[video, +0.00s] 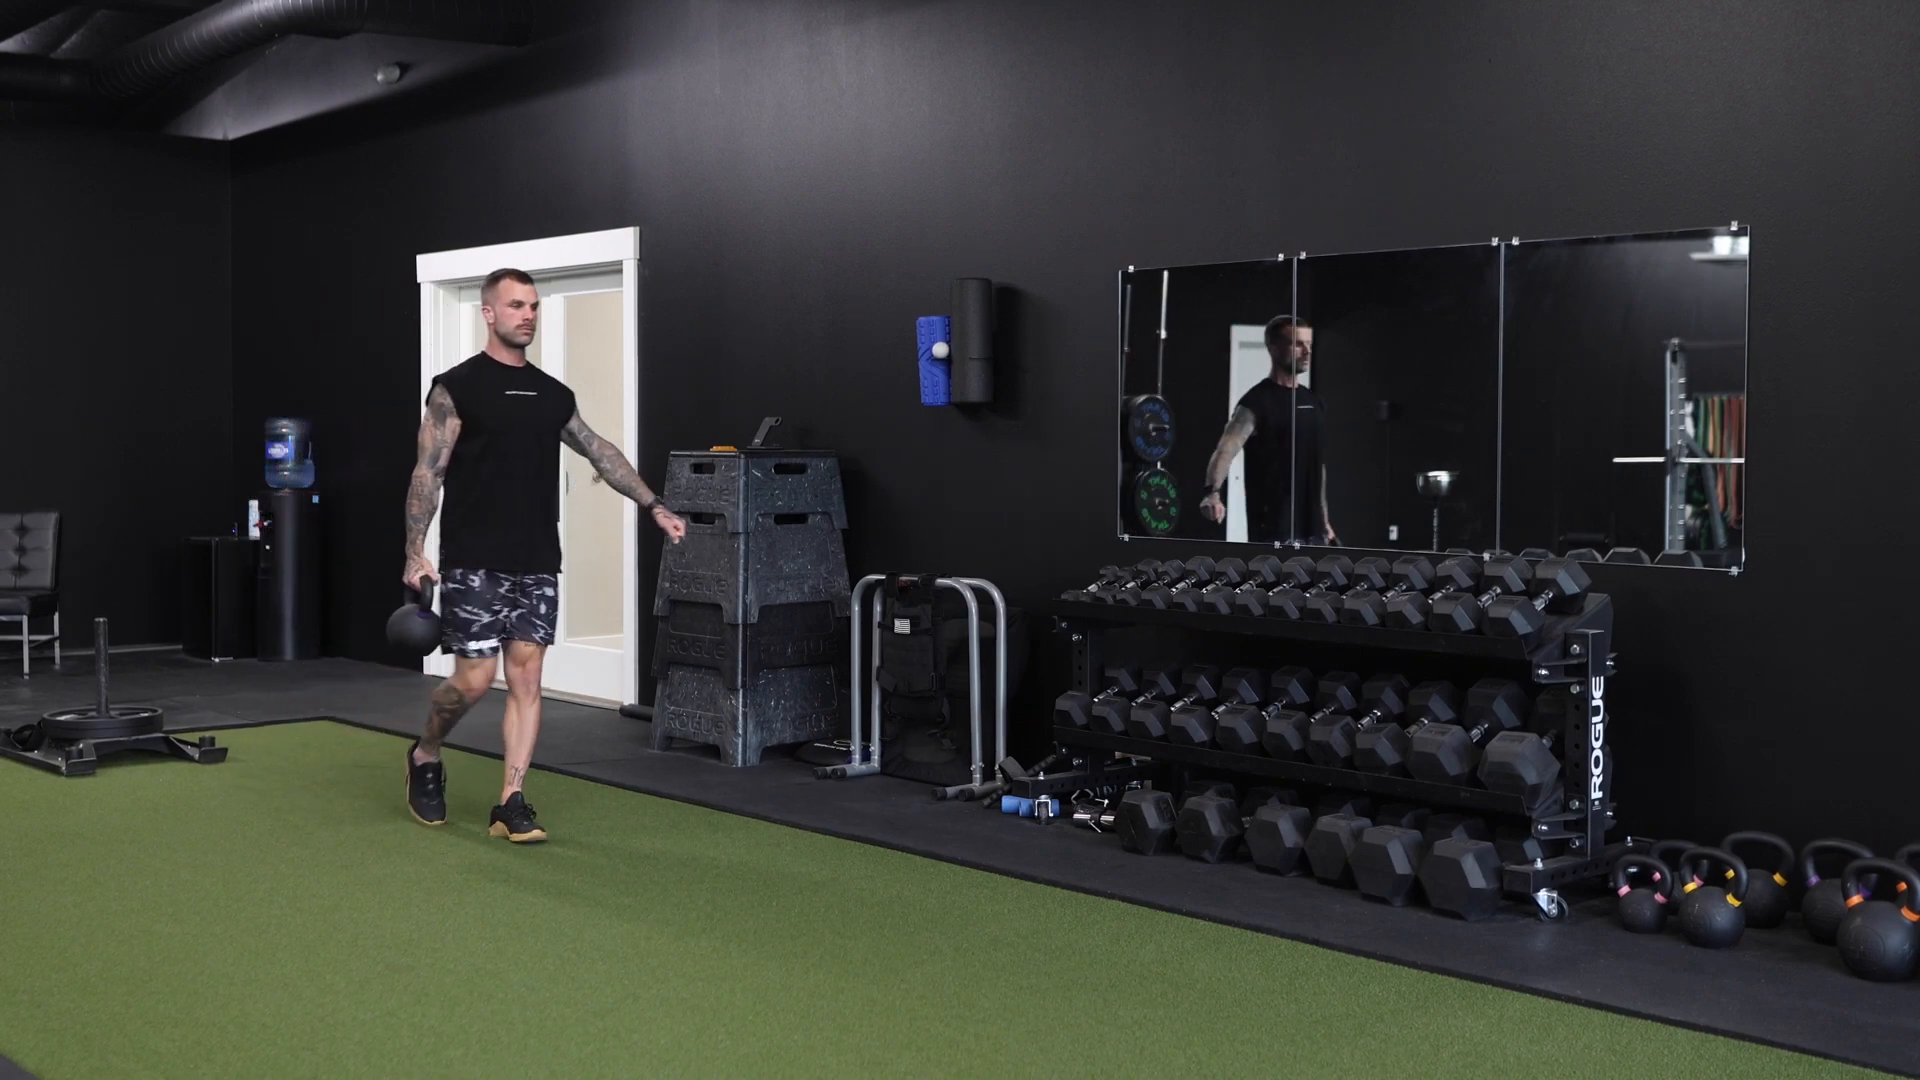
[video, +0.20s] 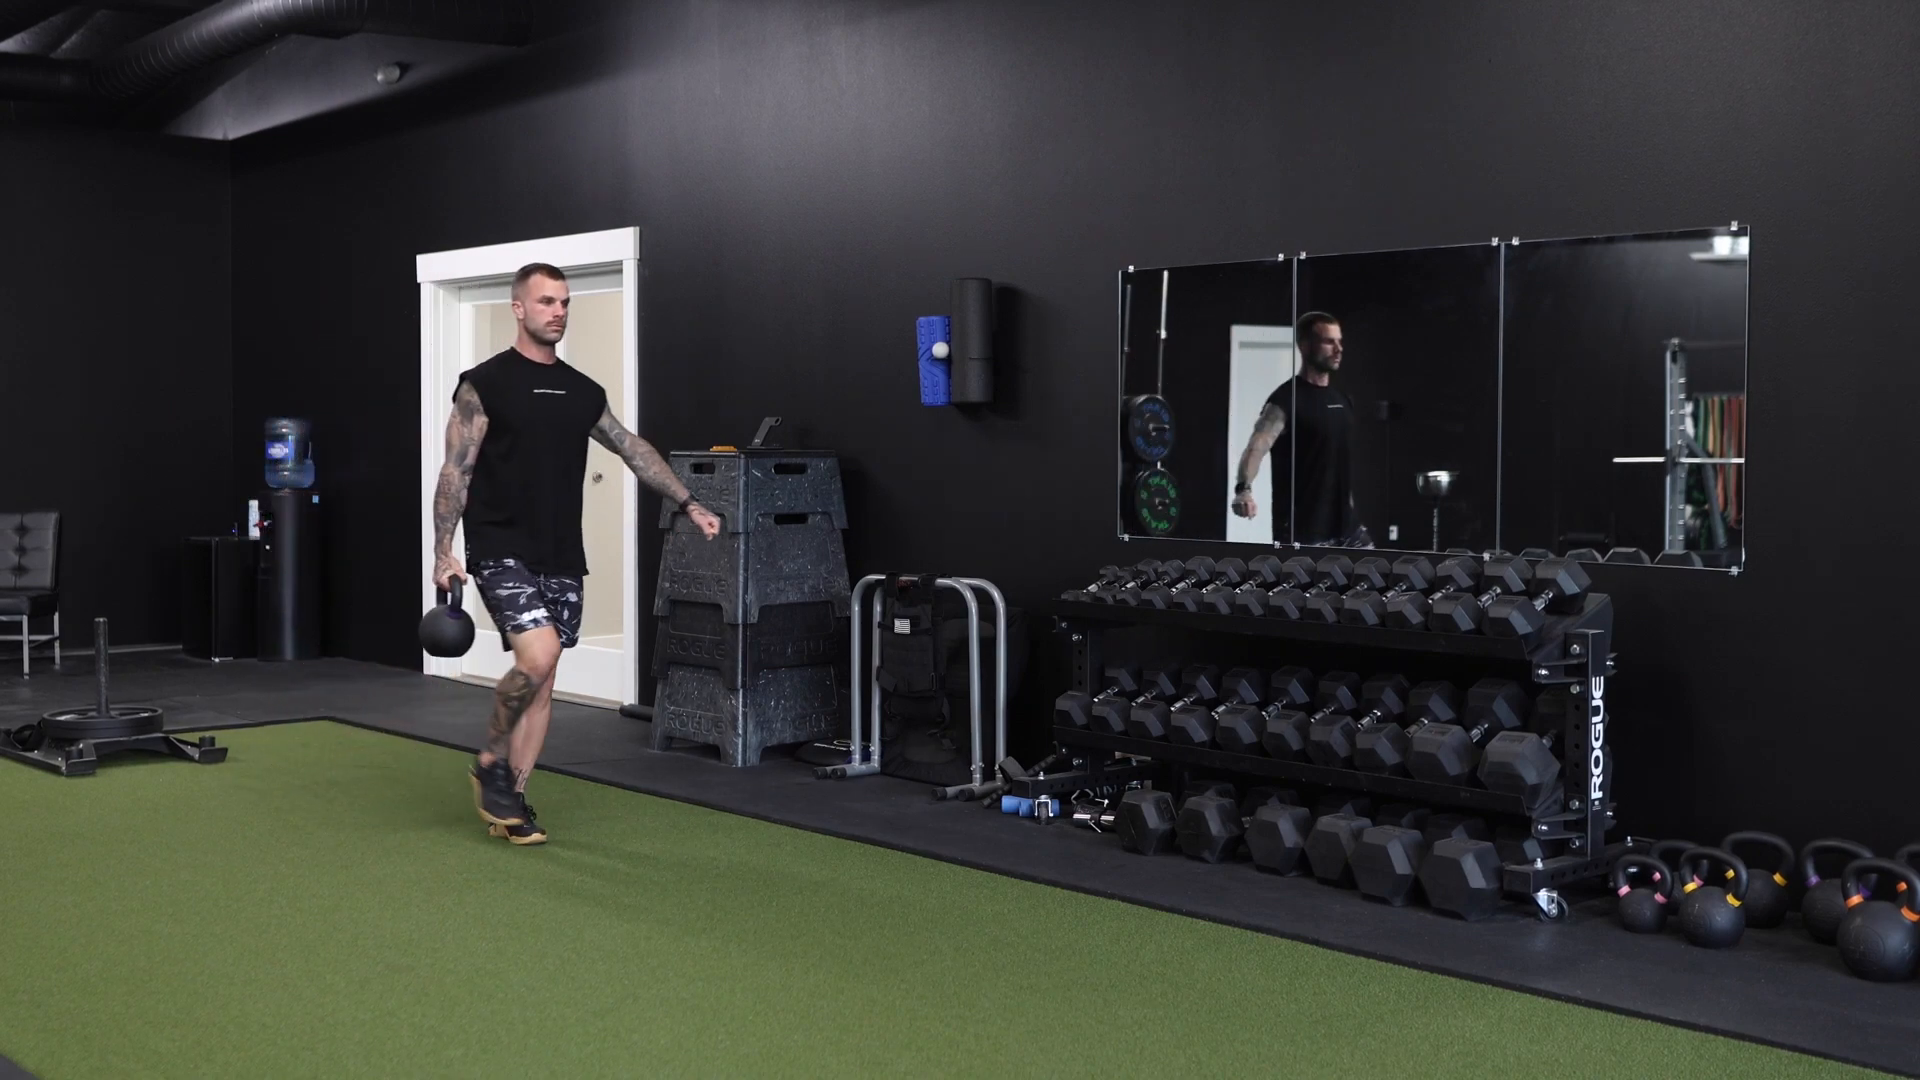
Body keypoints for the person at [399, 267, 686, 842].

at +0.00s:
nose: (528, 315)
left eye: (533, 307)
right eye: (516, 306)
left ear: (538, 315)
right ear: (488, 312)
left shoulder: (553, 393)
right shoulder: (454, 387)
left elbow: (601, 452)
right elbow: (427, 472)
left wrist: (653, 504)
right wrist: (415, 551)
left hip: (537, 560)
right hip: (471, 559)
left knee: (526, 676)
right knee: (475, 680)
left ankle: (511, 800)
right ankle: (424, 755)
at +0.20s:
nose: (558, 311)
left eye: (563, 303)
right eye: (546, 302)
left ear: (569, 311)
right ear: (517, 307)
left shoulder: (583, 391)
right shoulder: (483, 384)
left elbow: (632, 448)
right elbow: (455, 471)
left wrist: (688, 502)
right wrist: (443, 551)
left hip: (562, 555)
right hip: (500, 550)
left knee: (542, 679)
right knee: (538, 656)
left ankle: (515, 798)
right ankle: (491, 761)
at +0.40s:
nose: (588, 310)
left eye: (592, 302)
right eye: (576, 301)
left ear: (597, 310)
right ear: (545, 308)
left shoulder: (609, 391)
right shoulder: (510, 385)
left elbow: (657, 448)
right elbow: (482, 474)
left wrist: (716, 505)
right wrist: (472, 556)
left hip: (584, 561)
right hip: (523, 557)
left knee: (550, 682)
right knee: (555, 674)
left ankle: (510, 801)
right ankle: (575, 810)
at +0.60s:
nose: (616, 307)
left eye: (620, 299)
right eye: (604, 297)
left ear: (623, 306)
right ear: (573, 302)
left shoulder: (636, 386)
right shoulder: (538, 383)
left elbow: (685, 445)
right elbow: (510, 475)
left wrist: (745, 501)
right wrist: (502, 558)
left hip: (620, 563)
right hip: (557, 562)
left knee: (601, 692)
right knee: (581, 689)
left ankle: (532, 783)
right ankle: (595, 826)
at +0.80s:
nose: (647, 301)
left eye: (652, 292)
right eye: (634, 290)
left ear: (655, 300)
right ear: (602, 296)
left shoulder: (663, 380)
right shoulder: (566, 375)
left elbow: (712, 443)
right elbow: (535, 470)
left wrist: (775, 501)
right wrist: (528, 556)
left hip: (654, 564)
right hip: (585, 565)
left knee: (678, 676)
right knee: (595, 695)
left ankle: (610, 774)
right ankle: (597, 826)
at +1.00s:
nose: (680, 300)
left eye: (685, 291)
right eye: (667, 289)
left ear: (689, 299)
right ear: (634, 295)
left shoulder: (694, 383)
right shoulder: (596, 375)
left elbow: (746, 446)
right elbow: (563, 468)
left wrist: (808, 506)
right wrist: (557, 555)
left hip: (683, 569)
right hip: (611, 568)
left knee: (695, 692)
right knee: (607, 702)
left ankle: (695, 837)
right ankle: (599, 830)